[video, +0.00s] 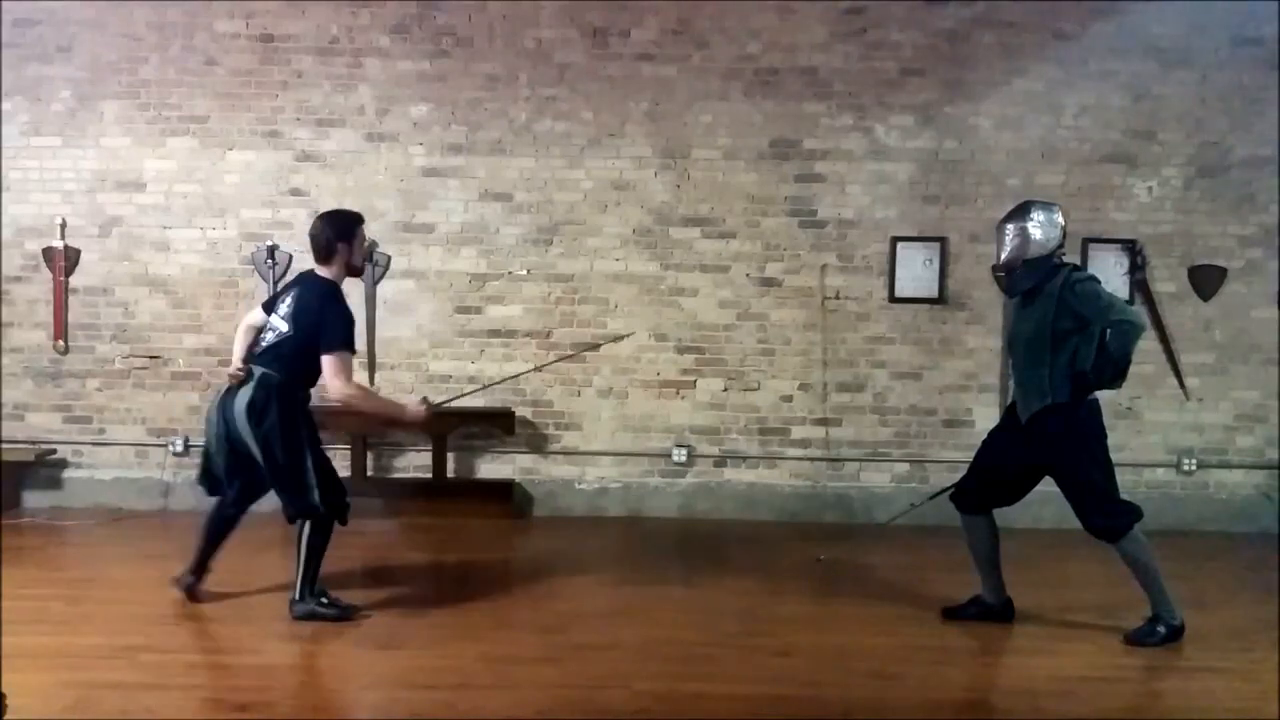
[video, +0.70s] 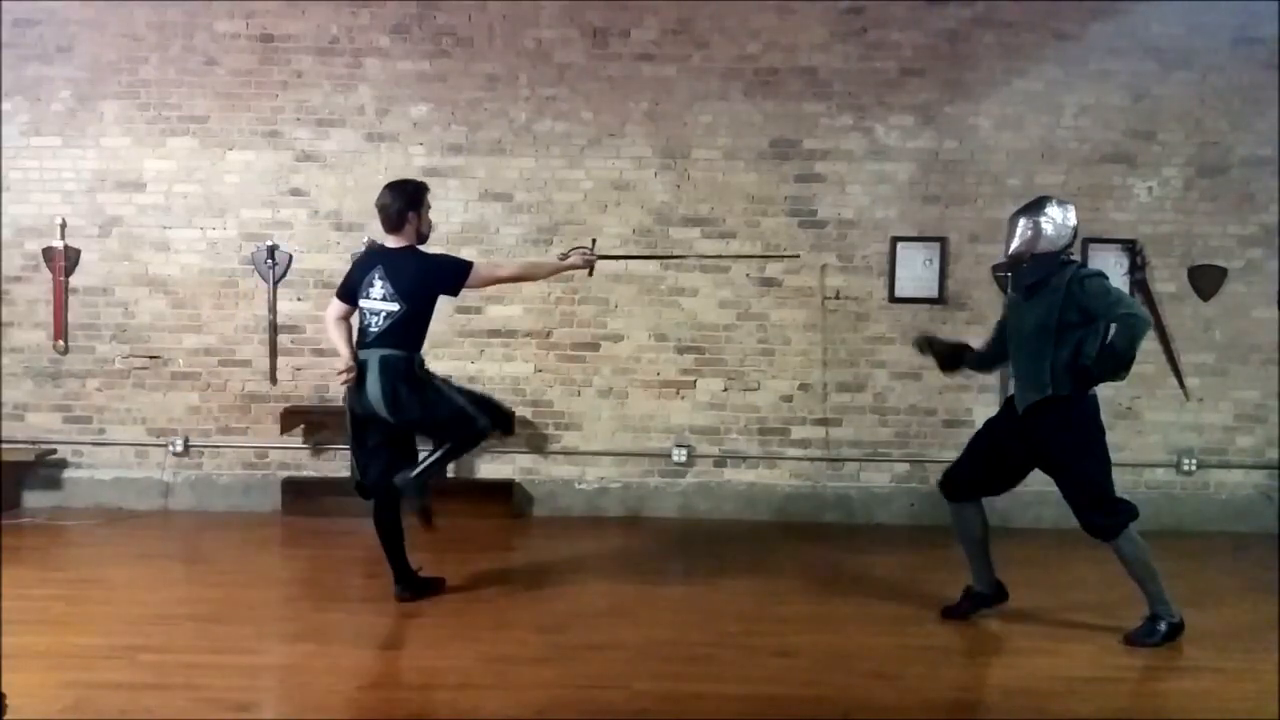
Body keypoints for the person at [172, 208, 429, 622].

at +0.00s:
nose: (366, 249)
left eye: (365, 241)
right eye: (361, 242)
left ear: (322, 248)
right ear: (341, 248)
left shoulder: (297, 285)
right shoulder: (334, 307)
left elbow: (248, 323)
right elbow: (340, 389)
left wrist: (238, 363)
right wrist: (402, 410)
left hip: (238, 398)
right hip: (272, 407)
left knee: (247, 484)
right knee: (325, 496)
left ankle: (192, 574)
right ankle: (306, 595)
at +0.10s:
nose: (373, 241)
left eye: (371, 234)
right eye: (369, 235)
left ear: (328, 240)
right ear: (353, 241)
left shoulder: (302, 276)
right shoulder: (349, 300)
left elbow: (254, 313)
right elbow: (366, 380)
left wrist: (249, 358)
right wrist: (432, 386)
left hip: (251, 393)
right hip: (286, 399)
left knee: (280, 494)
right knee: (329, 498)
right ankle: (306, 596)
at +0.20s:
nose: (381, 235)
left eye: (379, 227)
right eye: (377, 228)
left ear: (337, 235)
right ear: (361, 235)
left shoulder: (307, 269)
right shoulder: (361, 292)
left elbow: (259, 310)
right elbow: (394, 367)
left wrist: (262, 355)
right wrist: (457, 358)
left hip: (270, 387)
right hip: (305, 391)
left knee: (317, 492)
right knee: (328, 495)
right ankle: (306, 596)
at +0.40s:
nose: (394, 228)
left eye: (392, 220)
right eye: (391, 221)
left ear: (349, 226)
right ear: (375, 227)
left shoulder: (324, 267)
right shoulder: (385, 283)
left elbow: (279, 315)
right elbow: (448, 328)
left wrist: (296, 355)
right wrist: (505, 310)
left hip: (315, 389)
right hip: (347, 393)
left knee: (364, 491)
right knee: (347, 496)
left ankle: (399, 578)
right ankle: (307, 596)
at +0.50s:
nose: (407, 223)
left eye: (404, 215)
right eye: (402, 216)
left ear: (363, 225)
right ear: (388, 223)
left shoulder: (340, 268)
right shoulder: (401, 274)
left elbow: (303, 321)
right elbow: (471, 300)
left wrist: (325, 362)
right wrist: (532, 285)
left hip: (341, 388)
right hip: (373, 389)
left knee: (379, 488)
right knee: (397, 492)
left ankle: (407, 581)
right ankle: (329, 573)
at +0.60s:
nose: (416, 222)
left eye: (415, 214)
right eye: (413, 215)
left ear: (373, 222)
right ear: (398, 220)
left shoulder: (353, 266)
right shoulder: (414, 268)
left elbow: (321, 321)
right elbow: (491, 282)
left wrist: (337, 361)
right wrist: (550, 271)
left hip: (352, 388)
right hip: (388, 386)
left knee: (385, 483)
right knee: (449, 464)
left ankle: (405, 579)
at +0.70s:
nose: (430, 220)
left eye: (428, 211)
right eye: (427, 213)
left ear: (387, 219)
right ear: (412, 218)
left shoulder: (366, 262)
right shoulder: (427, 265)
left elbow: (335, 315)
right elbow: (502, 274)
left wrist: (347, 357)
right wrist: (565, 264)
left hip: (362, 389)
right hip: (399, 383)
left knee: (385, 486)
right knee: (474, 426)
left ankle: (404, 580)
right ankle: (416, 478)